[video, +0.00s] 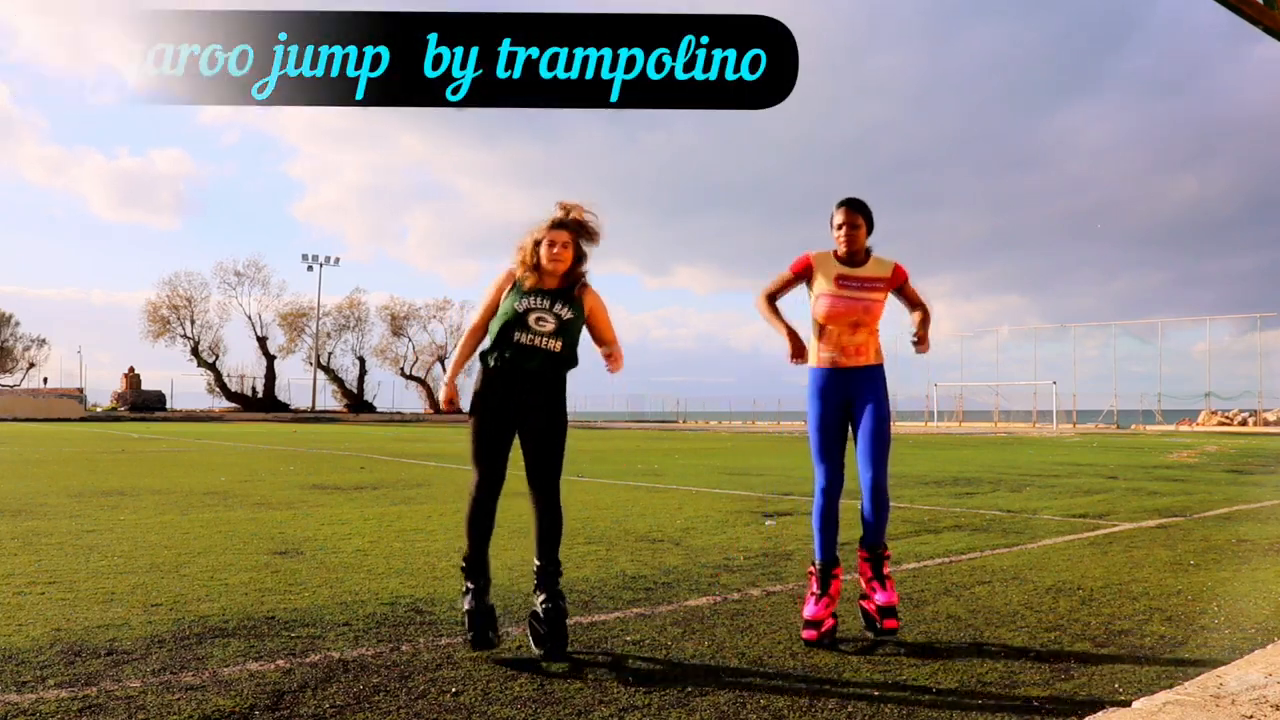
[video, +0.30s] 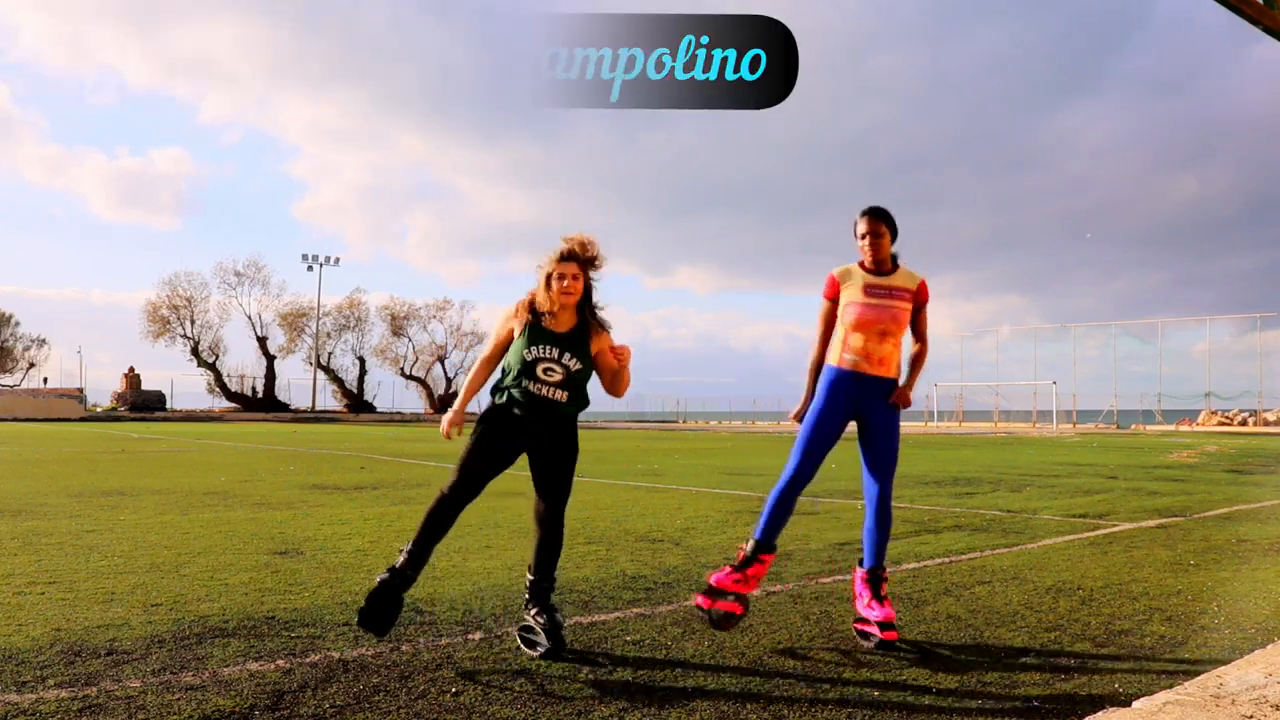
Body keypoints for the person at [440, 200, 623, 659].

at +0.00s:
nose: (555, 250)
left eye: (565, 246)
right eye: (549, 242)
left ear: (576, 254)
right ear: (537, 245)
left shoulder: (584, 297)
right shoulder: (511, 281)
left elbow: (609, 342)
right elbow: (477, 330)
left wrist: (612, 356)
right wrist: (451, 378)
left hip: (545, 402)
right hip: (495, 397)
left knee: (546, 493)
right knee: (487, 485)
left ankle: (548, 592)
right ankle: (475, 587)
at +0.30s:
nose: (569, 283)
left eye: (576, 277)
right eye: (561, 276)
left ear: (586, 284)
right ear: (548, 280)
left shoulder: (594, 333)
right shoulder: (522, 314)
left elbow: (616, 388)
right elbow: (488, 361)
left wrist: (623, 367)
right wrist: (460, 404)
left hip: (557, 430)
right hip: (507, 418)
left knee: (551, 516)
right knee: (456, 493)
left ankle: (538, 607)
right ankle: (400, 576)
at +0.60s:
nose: (567, 271)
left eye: (575, 265)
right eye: (560, 264)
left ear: (586, 272)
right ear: (547, 269)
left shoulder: (595, 317)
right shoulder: (520, 297)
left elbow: (621, 371)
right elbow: (479, 334)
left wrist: (631, 355)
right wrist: (444, 372)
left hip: (551, 414)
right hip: (502, 401)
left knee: (550, 503)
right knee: (449, 473)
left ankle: (544, 596)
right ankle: (384, 556)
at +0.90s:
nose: (526, 267)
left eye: (534, 260)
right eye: (519, 260)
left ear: (547, 263)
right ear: (508, 263)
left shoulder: (564, 309)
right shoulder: (492, 298)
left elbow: (574, 364)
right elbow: (462, 345)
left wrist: (571, 413)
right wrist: (484, 355)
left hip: (545, 413)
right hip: (496, 407)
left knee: (545, 500)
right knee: (468, 489)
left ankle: (546, 595)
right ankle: (454, 586)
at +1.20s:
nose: (475, 286)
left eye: (483, 279)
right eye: (468, 278)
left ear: (496, 283)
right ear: (456, 284)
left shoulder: (517, 322)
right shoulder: (441, 327)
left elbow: (555, 363)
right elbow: (430, 386)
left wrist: (585, 402)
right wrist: (432, 362)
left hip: (524, 421)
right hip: (474, 430)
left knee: (579, 488)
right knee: (478, 517)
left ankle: (635, 559)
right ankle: (488, 604)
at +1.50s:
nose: (461, 258)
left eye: (469, 251)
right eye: (454, 252)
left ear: (482, 257)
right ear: (443, 258)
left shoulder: (505, 289)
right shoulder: (429, 302)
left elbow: (542, 327)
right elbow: (417, 360)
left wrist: (578, 362)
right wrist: (423, 335)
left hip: (517, 390)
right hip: (468, 401)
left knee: (566, 466)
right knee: (467, 495)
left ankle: (623, 544)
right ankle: (470, 589)